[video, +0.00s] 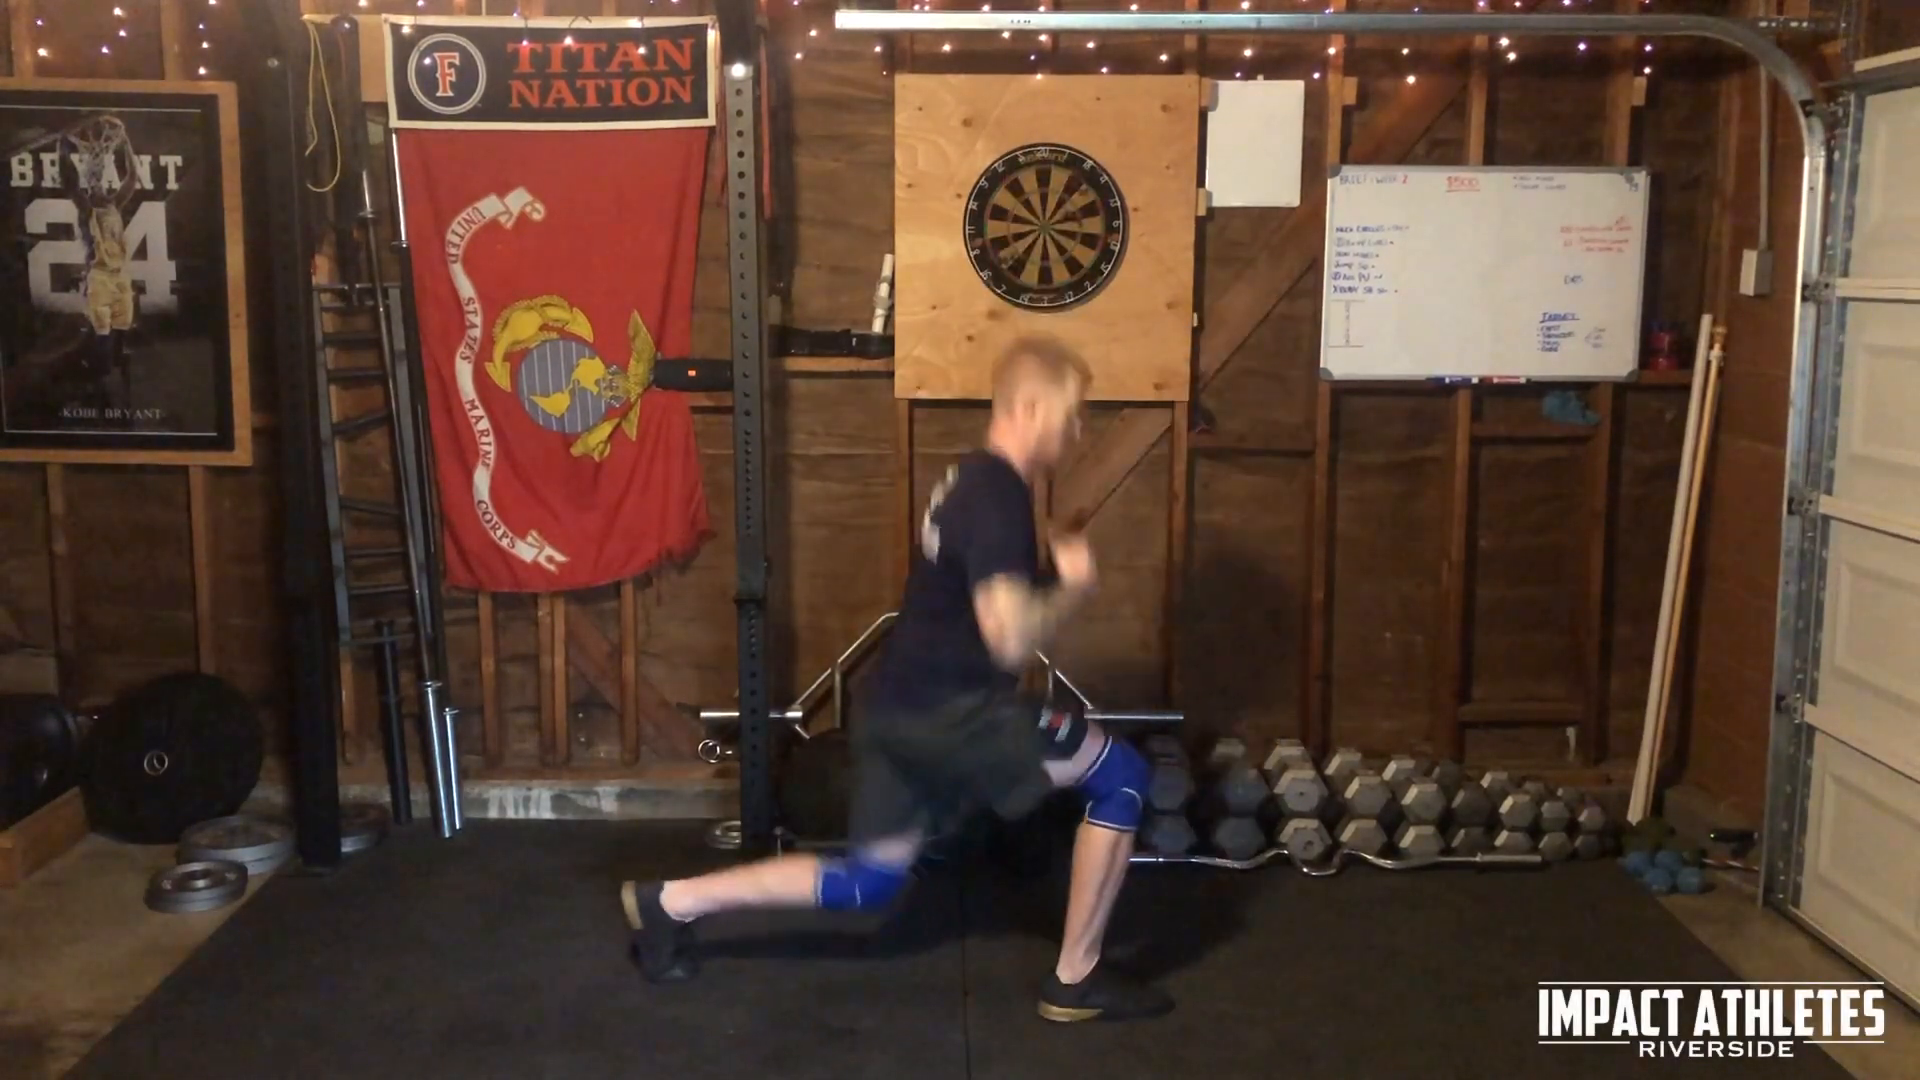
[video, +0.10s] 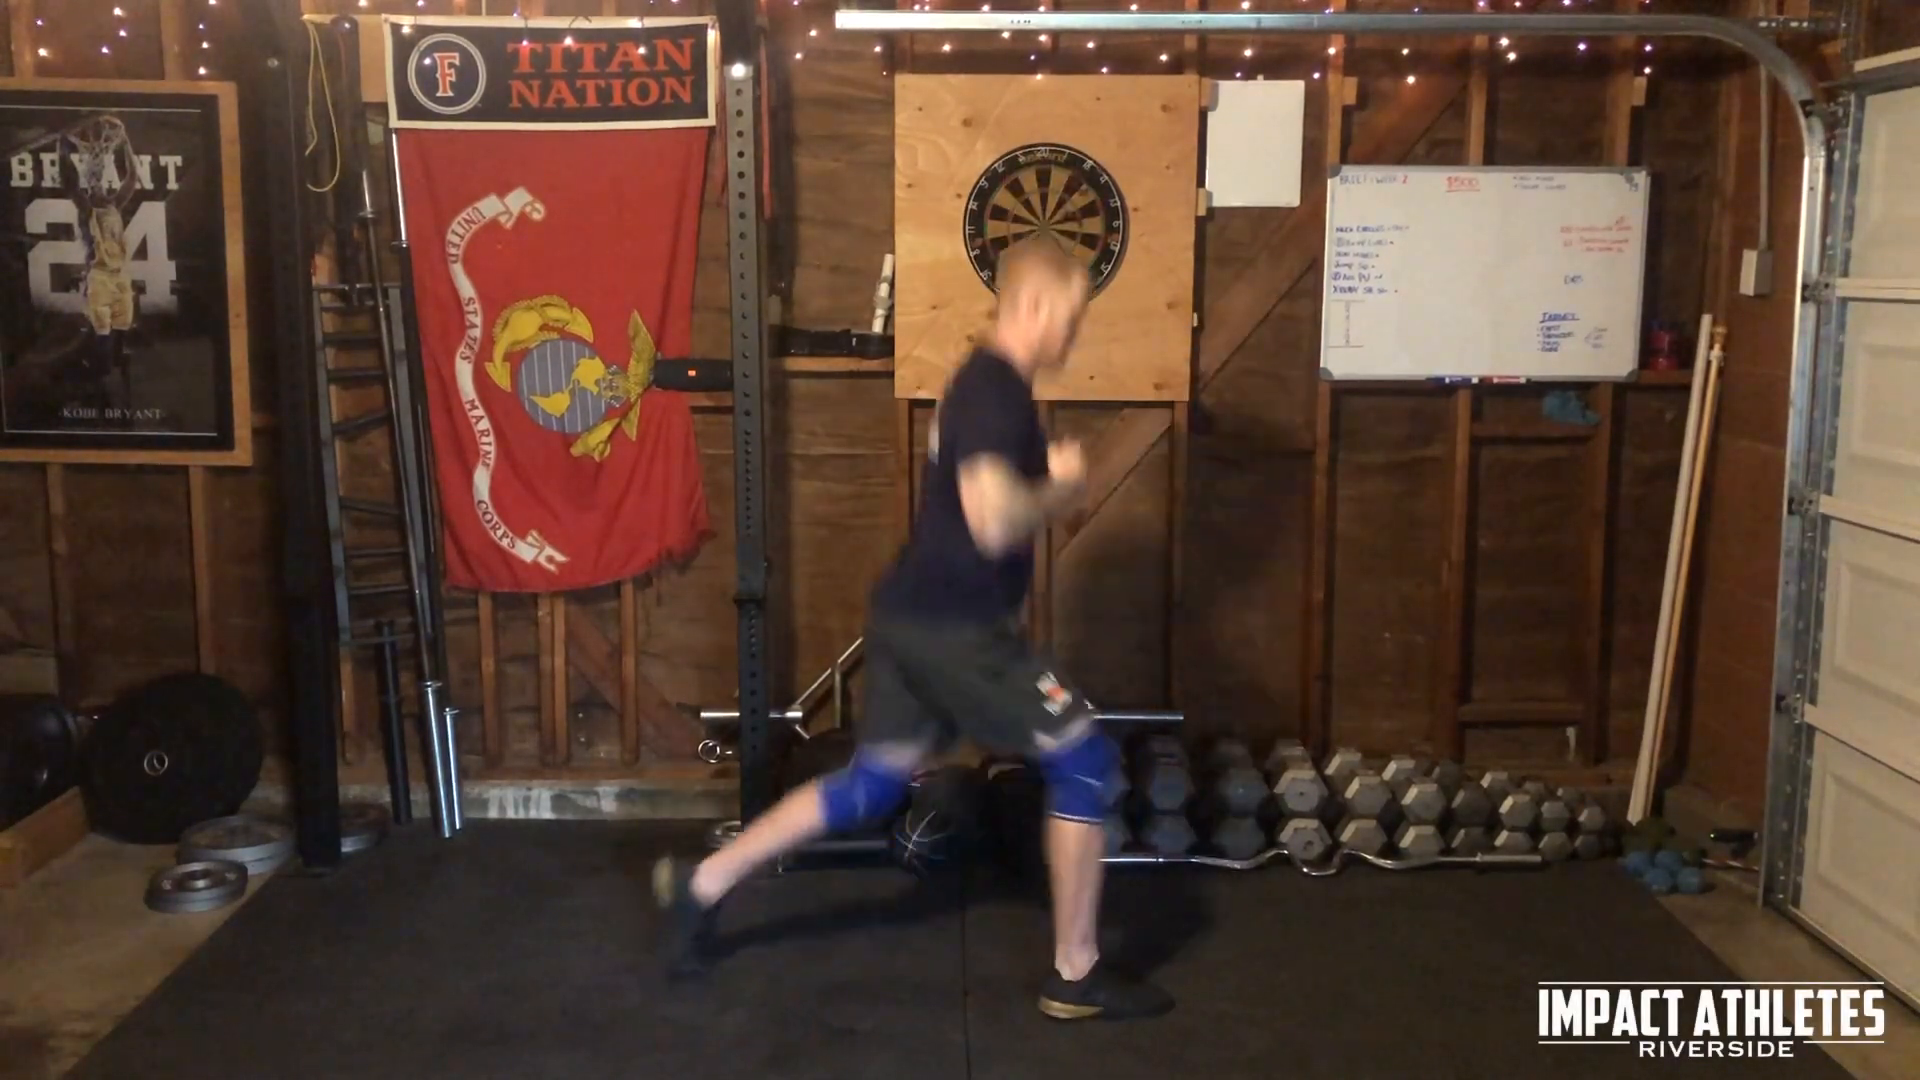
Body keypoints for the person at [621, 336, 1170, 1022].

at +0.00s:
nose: (1077, 428)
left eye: (1078, 411)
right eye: (1072, 410)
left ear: (1015, 406)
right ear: (1032, 410)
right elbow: (1010, 636)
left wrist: (1047, 569)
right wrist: (1072, 590)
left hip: (903, 709)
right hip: (950, 712)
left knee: (867, 880)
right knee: (1120, 778)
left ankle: (667, 902)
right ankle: (1078, 975)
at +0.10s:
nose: (1075, 333)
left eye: (1079, 316)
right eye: (1071, 314)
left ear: (1018, 309)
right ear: (1033, 307)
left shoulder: (992, 383)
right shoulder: (994, 389)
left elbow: (1002, 507)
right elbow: (993, 522)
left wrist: (1052, 495)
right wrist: (1061, 487)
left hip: (911, 619)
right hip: (950, 626)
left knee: (871, 784)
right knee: (1083, 758)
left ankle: (700, 883)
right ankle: (1077, 970)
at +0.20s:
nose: (1087, 258)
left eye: (1091, 241)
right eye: (1086, 238)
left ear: (1020, 225)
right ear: (1044, 227)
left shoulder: (992, 304)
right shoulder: (1000, 309)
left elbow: (974, 412)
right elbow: (981, 432)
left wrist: (1041, 394)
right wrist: (1055, 415)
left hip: (917, 537)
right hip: (949, 545)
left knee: (922, 720)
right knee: (1023, 725)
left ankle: (770, 853)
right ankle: (999, 938)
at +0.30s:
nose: (1093, 233)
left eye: (1099, 217)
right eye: (1093, 212)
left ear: (1035, 193)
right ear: (1048, 193)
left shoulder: (994, 266)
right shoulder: (1001, 271)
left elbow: (979, 389)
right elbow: (984, 402)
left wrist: (1047, 381)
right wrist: (1066, 392)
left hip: (948, 515)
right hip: (944, 520)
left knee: (966, 698)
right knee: (978, 707)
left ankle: (873, 874)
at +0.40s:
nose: (1092, 254)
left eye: (1099, 238)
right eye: (1093, 234)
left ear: (1039, 214)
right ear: (1051, 214)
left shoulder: (1001, 286)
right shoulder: (999, 293)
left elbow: (946, 363)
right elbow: (986, 423)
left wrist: (1032, 407)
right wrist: (1066, 417)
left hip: (971, 544)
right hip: (939, 544)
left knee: (1012, 706)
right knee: (923, 737)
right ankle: (740, 868)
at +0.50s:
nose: (1088, 317)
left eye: (1092, 300)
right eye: (1085, 299)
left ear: (1039, 286)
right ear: (1046, 288)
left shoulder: (1013, 362)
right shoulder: (1000, 362)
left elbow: (998, 476)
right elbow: (979, 492)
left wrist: (1049, 478)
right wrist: (1060, 484)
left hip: (984, 623)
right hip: (937, 622)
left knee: (1062, 737)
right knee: (863, 796)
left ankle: (1054, 937)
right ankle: (669, 899)